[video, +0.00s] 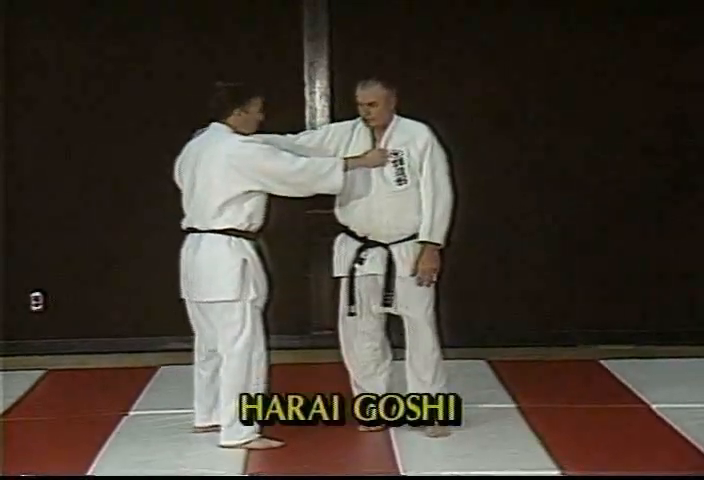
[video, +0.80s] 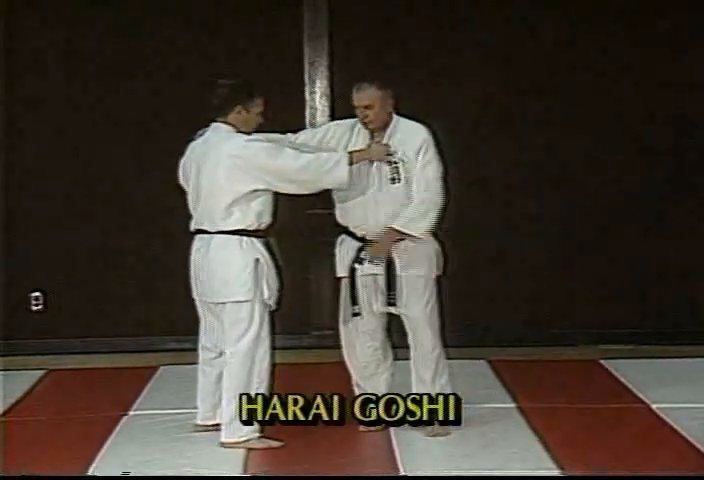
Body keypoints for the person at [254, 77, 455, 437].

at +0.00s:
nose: (366, 112)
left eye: (372, 106)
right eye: (361, 106)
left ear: (391, 103)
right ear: (356, 105)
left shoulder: (418, 137)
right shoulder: (345, 134)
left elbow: (439, 194)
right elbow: (297, 144)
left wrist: (431, 247)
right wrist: (246, 142)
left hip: (408, 248)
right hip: (358, 247)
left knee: (420, 327)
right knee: (360, 327)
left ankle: (429, 407)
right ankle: (372, 405)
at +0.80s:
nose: (363, 116)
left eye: (369, 109)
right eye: (358, 110)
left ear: (389, 105)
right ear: (354, 109)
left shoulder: (415, 137)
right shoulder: (345, 133)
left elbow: (430, 196)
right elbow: (294, 142)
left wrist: (392, 236)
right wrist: (242, 142)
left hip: (410, 244)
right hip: (358, 244)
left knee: (420, 324)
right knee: (360, 325)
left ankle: (433, 407)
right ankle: (373, 404)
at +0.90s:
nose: (367, 115)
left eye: (373, 107)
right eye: (362, 108)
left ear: (393, 104)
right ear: (358, 108)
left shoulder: (416, 137)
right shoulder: (349, 132)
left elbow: (417, 205)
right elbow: (299, 137)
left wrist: (363, 224)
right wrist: (245, 132)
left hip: (409, 246)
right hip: (359, 246)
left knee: (422, 330)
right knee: (361, 328)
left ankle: (434, 410)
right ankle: (374, 407)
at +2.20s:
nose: (400, 132)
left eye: (405, 124)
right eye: (395, 125)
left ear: (425, 115)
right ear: (390, 121)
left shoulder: (450, 144)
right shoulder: (387, 132)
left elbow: (414, 187)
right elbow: (340, 141)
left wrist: (347, 201)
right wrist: (290, 138)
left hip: (454, 245)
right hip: (412, 243)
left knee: (449, 329)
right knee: (412, 327)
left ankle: (443, 407)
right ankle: (419, 401)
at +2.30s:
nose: (400, 131)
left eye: (406, 124)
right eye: (395, 124)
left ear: (426, 116)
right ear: (391, 120)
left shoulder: (451, 146)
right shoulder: (386, 133)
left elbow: (412, 189)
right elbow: (341, 141)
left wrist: (346, 202)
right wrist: (291, 138)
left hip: (457, 243)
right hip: (419, 243)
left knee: (452, 325)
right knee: (429, 323)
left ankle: (447, 398)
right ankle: (436, 390)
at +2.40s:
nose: (401, 132)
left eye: (407, 124)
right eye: (396, 124)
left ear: (427, 116)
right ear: (392, 120)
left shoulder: (451, 146)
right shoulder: (388, 132)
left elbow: (412, 190)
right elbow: (343, 140)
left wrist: (344, 202)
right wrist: (294, 136)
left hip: (456, 242)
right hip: (422, 239)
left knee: (450, 322)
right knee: (437, 303)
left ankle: (441, 396)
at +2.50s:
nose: (402, 132)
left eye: (408, 125)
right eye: (397, 125)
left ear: (428, 117)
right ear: (392, 121)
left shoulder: (451, 146)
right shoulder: (390, 132)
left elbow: (413, 189)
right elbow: (345, 140)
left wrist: (345, 203)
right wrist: (294, 135)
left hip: (458, 242)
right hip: (422, 239)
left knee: (449, 321)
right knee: (440, 300)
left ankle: (443, 394)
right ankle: (485, 329)